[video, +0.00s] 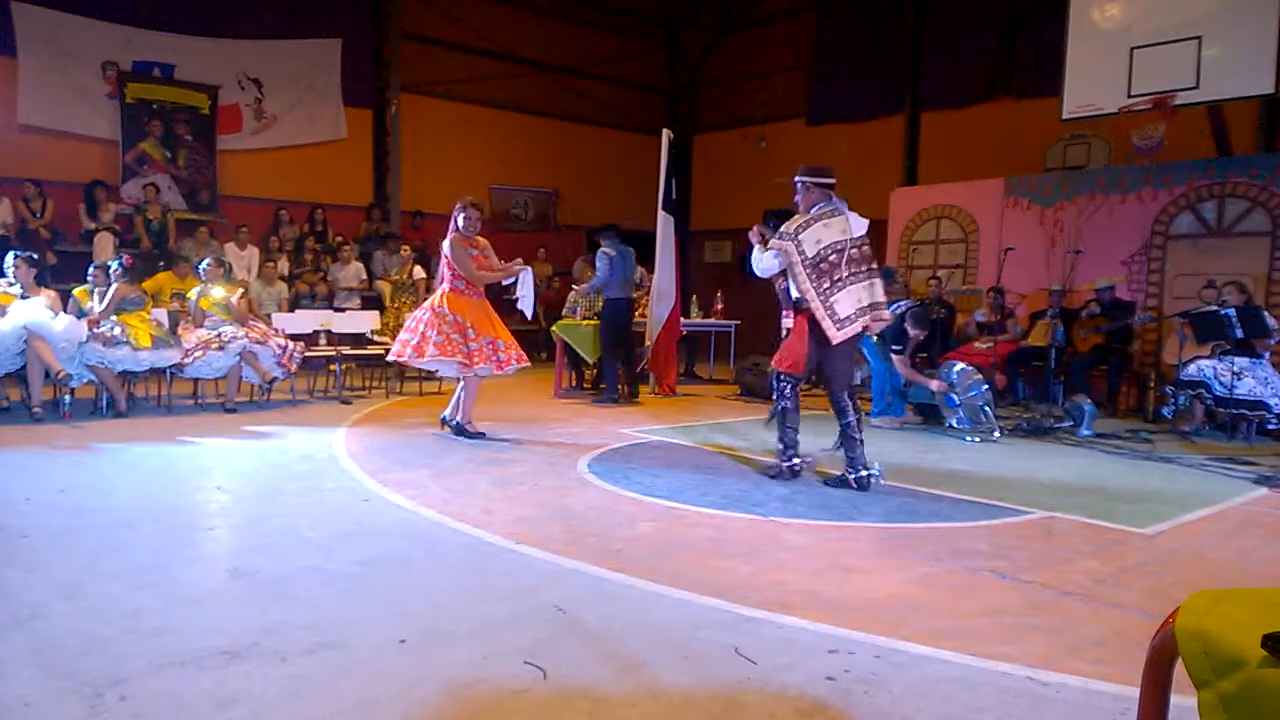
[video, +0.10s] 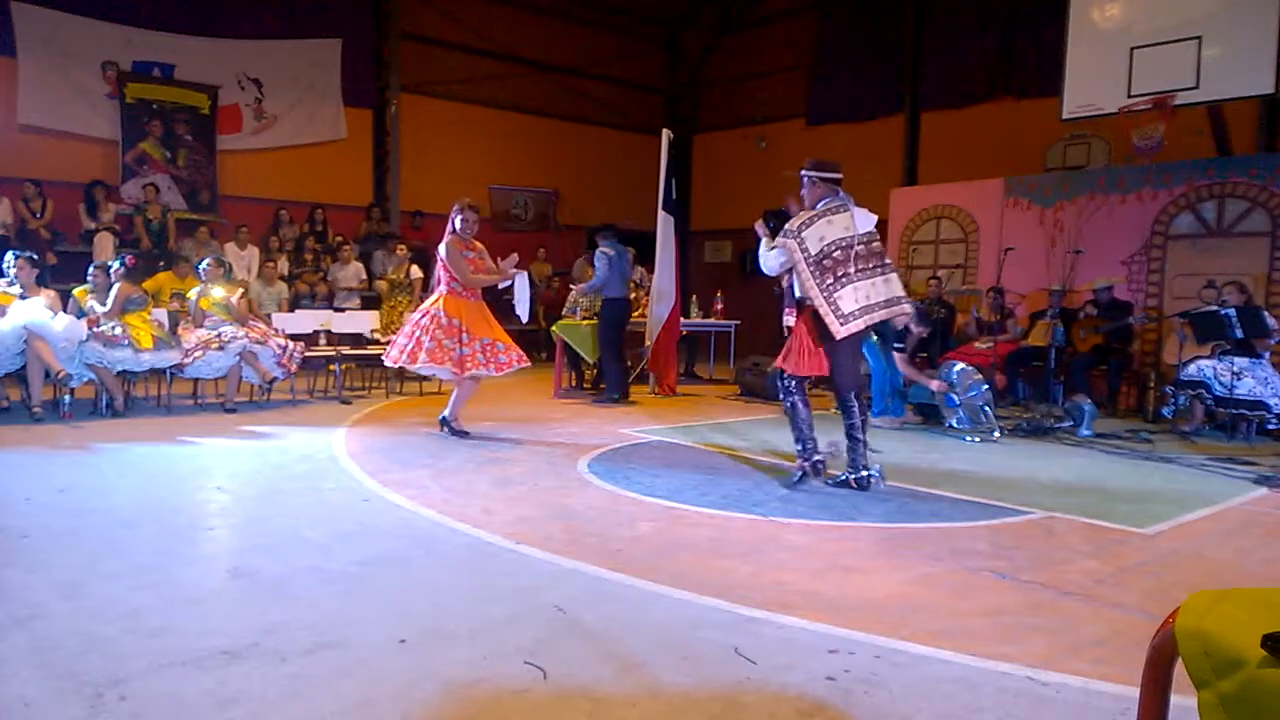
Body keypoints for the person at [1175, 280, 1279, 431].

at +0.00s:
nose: (1224, 298)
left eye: (1229, 293)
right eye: (1222, 294)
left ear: (1243, 297)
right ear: (1218, 297)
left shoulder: (1257, 315)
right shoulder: (1217, 316)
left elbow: (1264, 346)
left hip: (1254, 365)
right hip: (1223, 363)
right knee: (1197, 368)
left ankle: (1242, 424)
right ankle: (1197, 419)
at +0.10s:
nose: (1224, 298)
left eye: (1229, 293)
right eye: (1222, 294)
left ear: (1243, 297)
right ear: (1218, 297)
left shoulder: (1257, 315)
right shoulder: (1217, 316)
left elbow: (1265, 346)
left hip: (1254, 365)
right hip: (1223, 363)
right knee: (1197, 368)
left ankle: (1242, 424)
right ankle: (1197, 419)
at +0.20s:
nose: (1224, 298)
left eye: (1229, 293)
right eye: (1222, 294)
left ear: (1244, 297)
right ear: (1218, 297)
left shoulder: (1257, 315)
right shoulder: (1217, 316)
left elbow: (1265, 345)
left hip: (1254, 365)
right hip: (1223, 363)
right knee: (1197, 368)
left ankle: (1242, 424)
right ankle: (1197, 419)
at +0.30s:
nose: (1224, 298)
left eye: (1230, 293)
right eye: (1222, 294)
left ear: (1244, 297)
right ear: (1218, 297)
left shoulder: (1257, 315)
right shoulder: (1217, 316)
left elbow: (1264, 346)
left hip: (1253, 365)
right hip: (1223, 363)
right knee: (1197, 368)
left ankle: (1242, 424)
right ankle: (1197, 419)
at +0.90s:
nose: (1224, 298)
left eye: (1230, 293)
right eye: (1222, 294)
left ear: (1244, 297)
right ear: (1218, 298)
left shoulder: (1257, 315)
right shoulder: (1217, 316)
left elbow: (1263, 346)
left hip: (1254, 365)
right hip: (1223, 363)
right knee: (1196, 368)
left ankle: (1242, 424)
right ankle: (1197, 419)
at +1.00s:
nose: (1224, 297)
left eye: (1230, 293)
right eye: (1222, 294)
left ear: (1244, 297)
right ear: (1218, 298)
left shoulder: (1257, 315)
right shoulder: (1217, 316)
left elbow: (1263, 346)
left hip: (1254, 365)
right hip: (1223, 363)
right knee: (1196, 368)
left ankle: (1242, 424)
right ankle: (1197, 419)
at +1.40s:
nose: (1226, 297)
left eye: (1232, 293)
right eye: (1224, 294)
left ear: (1245, 297)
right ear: (1221, 297)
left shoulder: (1258, 315)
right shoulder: (1218, 315)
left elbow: (1265, 346)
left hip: (1254, 364)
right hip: (1223, 363)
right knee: (1197, 368)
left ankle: (1242, 424)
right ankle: (1197, 419)